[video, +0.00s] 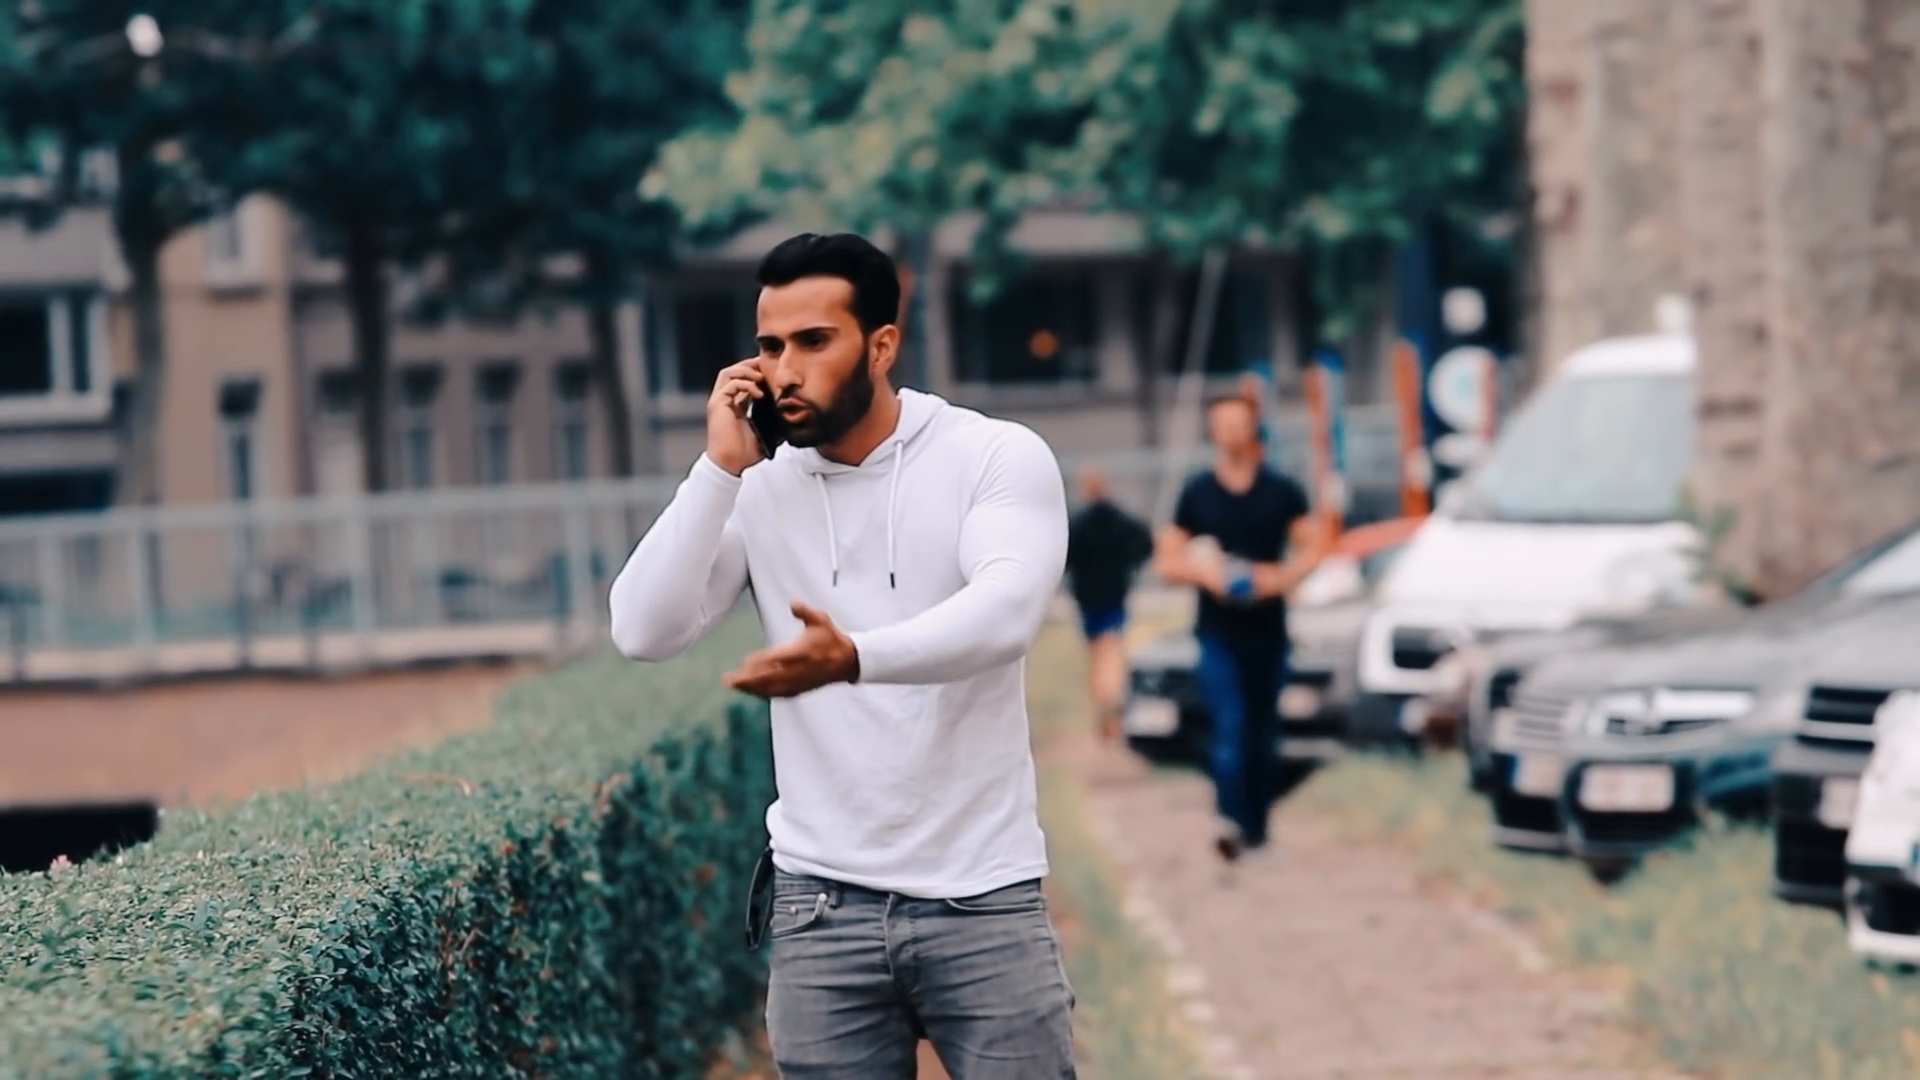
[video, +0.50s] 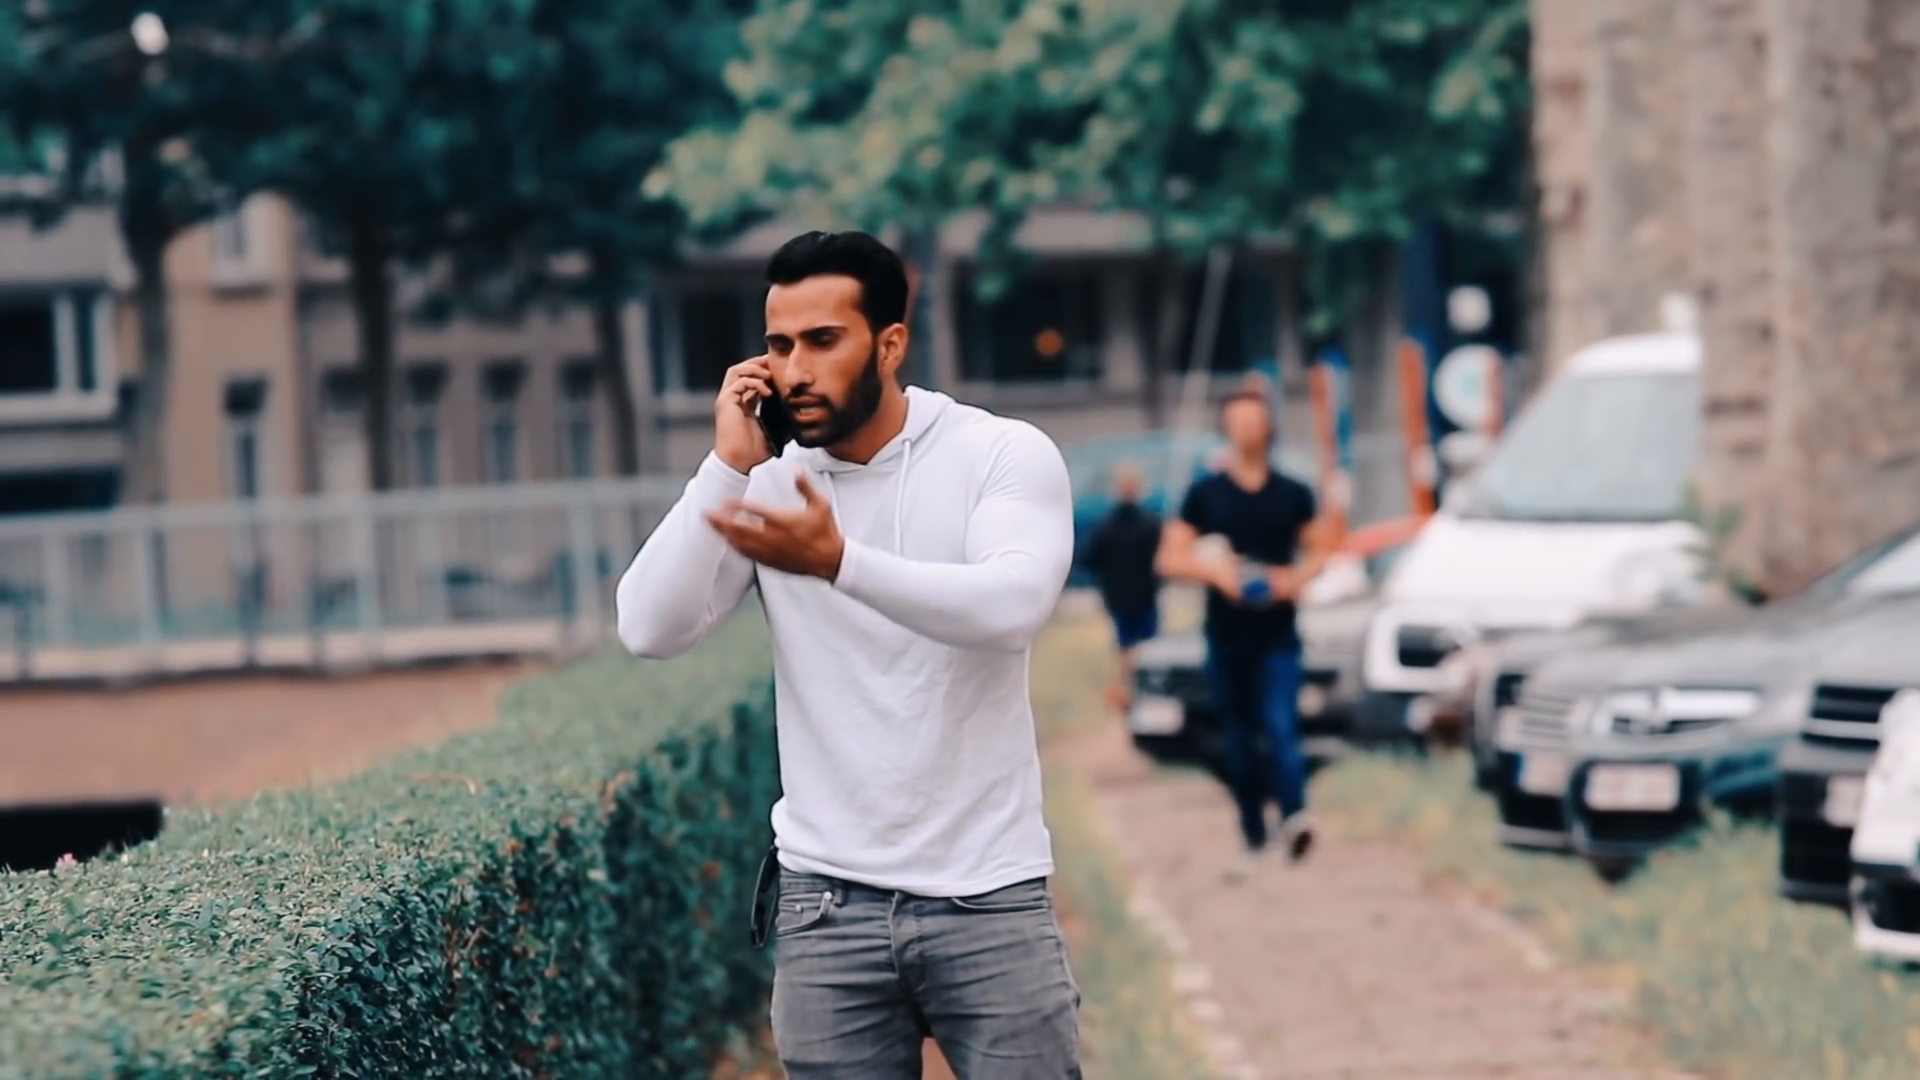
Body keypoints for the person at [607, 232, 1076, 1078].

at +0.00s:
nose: (782, 371)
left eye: (811, 342)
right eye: (769, 347)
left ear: (881, 345)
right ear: (755, 354)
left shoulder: (1000, 458)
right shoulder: (754, 490)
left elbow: (1003, 619)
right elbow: (641, 631)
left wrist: (856, 656)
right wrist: (720, 466)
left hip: (986, 900)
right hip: (817, 906)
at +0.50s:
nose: (792, 371)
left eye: (821, 341)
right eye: (779, 346)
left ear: (890, 344)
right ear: (764, 354)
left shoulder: (1009, 456)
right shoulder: (768, 483)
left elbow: (1011, 608)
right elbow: (648, 627)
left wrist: (836, 562)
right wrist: (725, 467)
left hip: (991, 896)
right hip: (823, 902)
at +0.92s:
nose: (792, 368)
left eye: (821, 338)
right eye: (778, 343)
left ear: (891, 341)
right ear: (764, 352)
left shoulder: (1008, 456)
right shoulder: (762, 488)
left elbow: (1012, 619)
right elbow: (649, 626)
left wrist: (862, 648)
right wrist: (728, 463)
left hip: (992, 898)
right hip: (824, 904)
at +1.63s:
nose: (789, 369)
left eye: (818, 339)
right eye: (776, 344)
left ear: (888, 342)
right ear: (762, 353)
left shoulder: (1005, 456)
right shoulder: (763, 480)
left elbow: (1003, 608)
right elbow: (645, 626)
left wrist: (827, 554)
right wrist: (723, 466)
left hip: (987, 895)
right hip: (819, 900)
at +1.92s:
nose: (780, 373)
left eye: (809, 345)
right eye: (768, 347)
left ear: (877, 348)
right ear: (752, 351)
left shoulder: (988, 451)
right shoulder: (750, 488)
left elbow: (1003, 583)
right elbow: (628, 626)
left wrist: (820, 571)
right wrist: (713, 466)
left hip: (975, 899)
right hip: (807, 906)